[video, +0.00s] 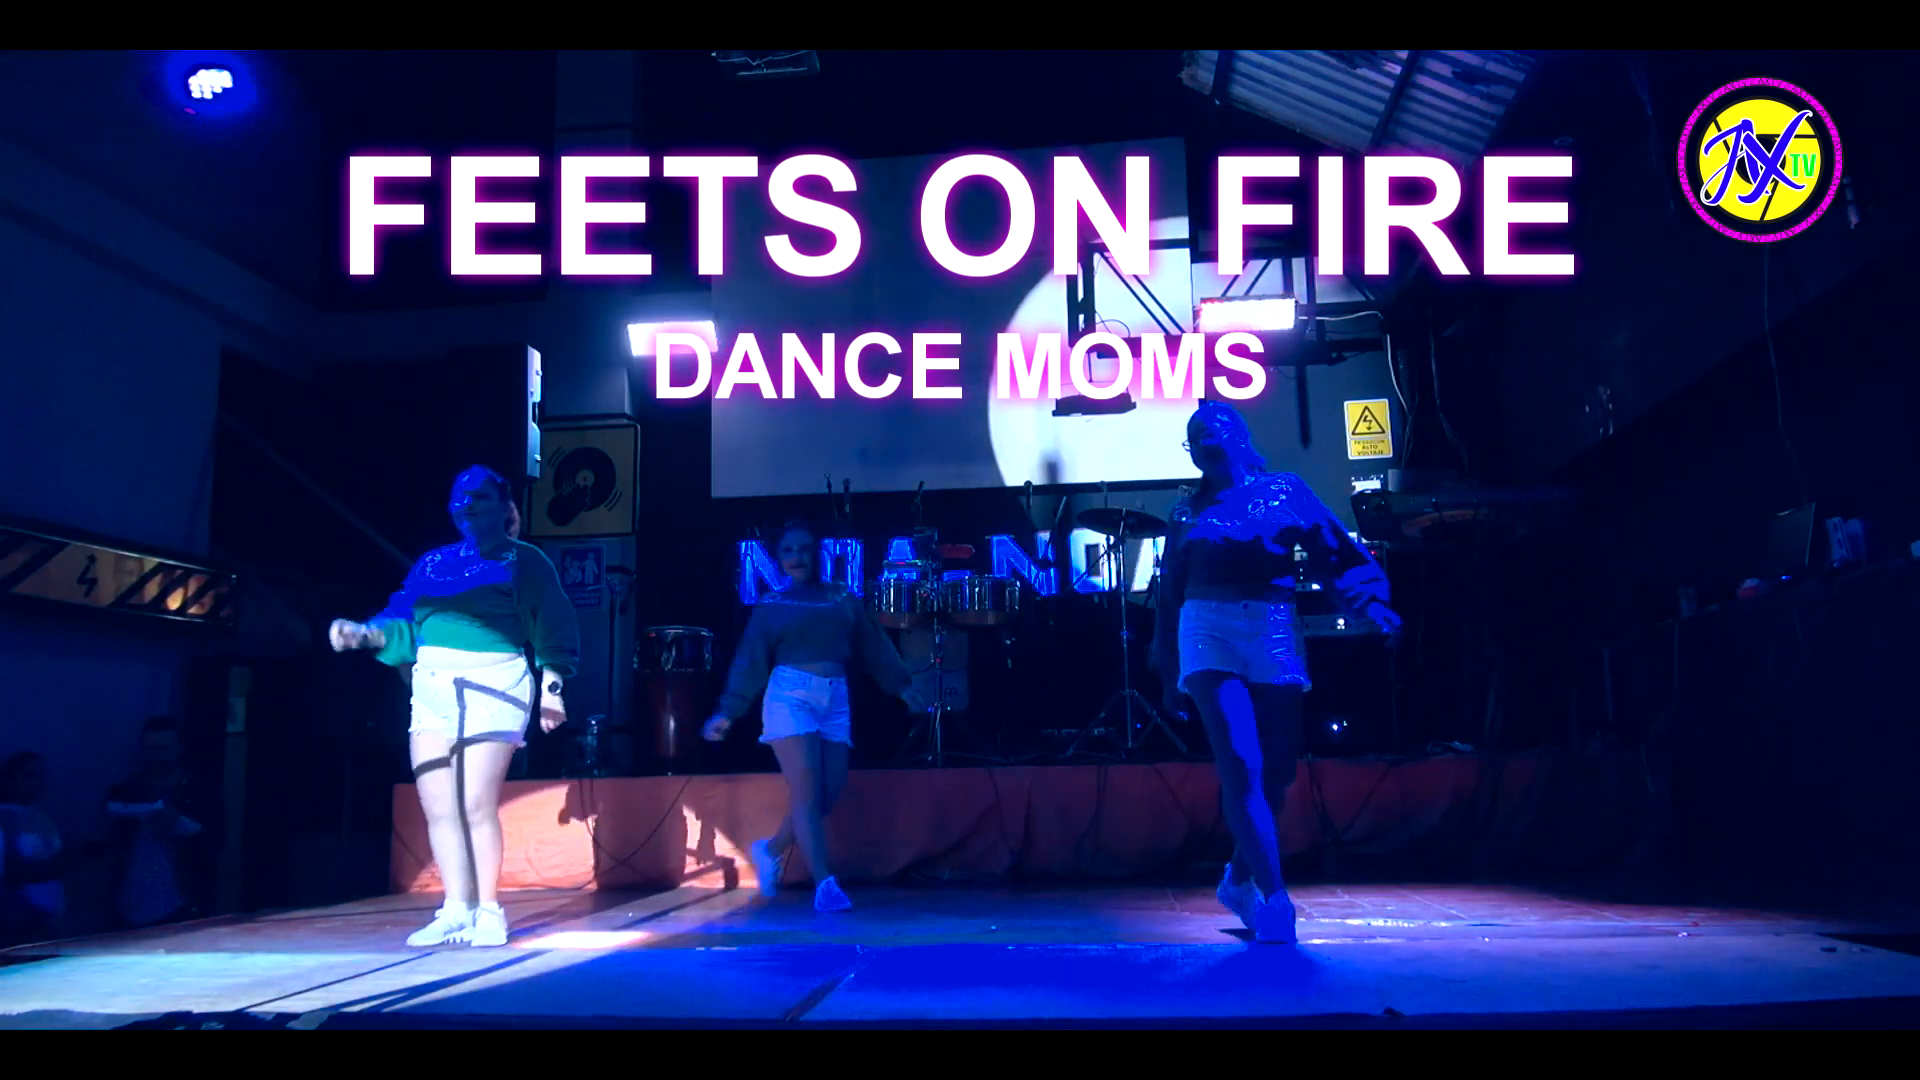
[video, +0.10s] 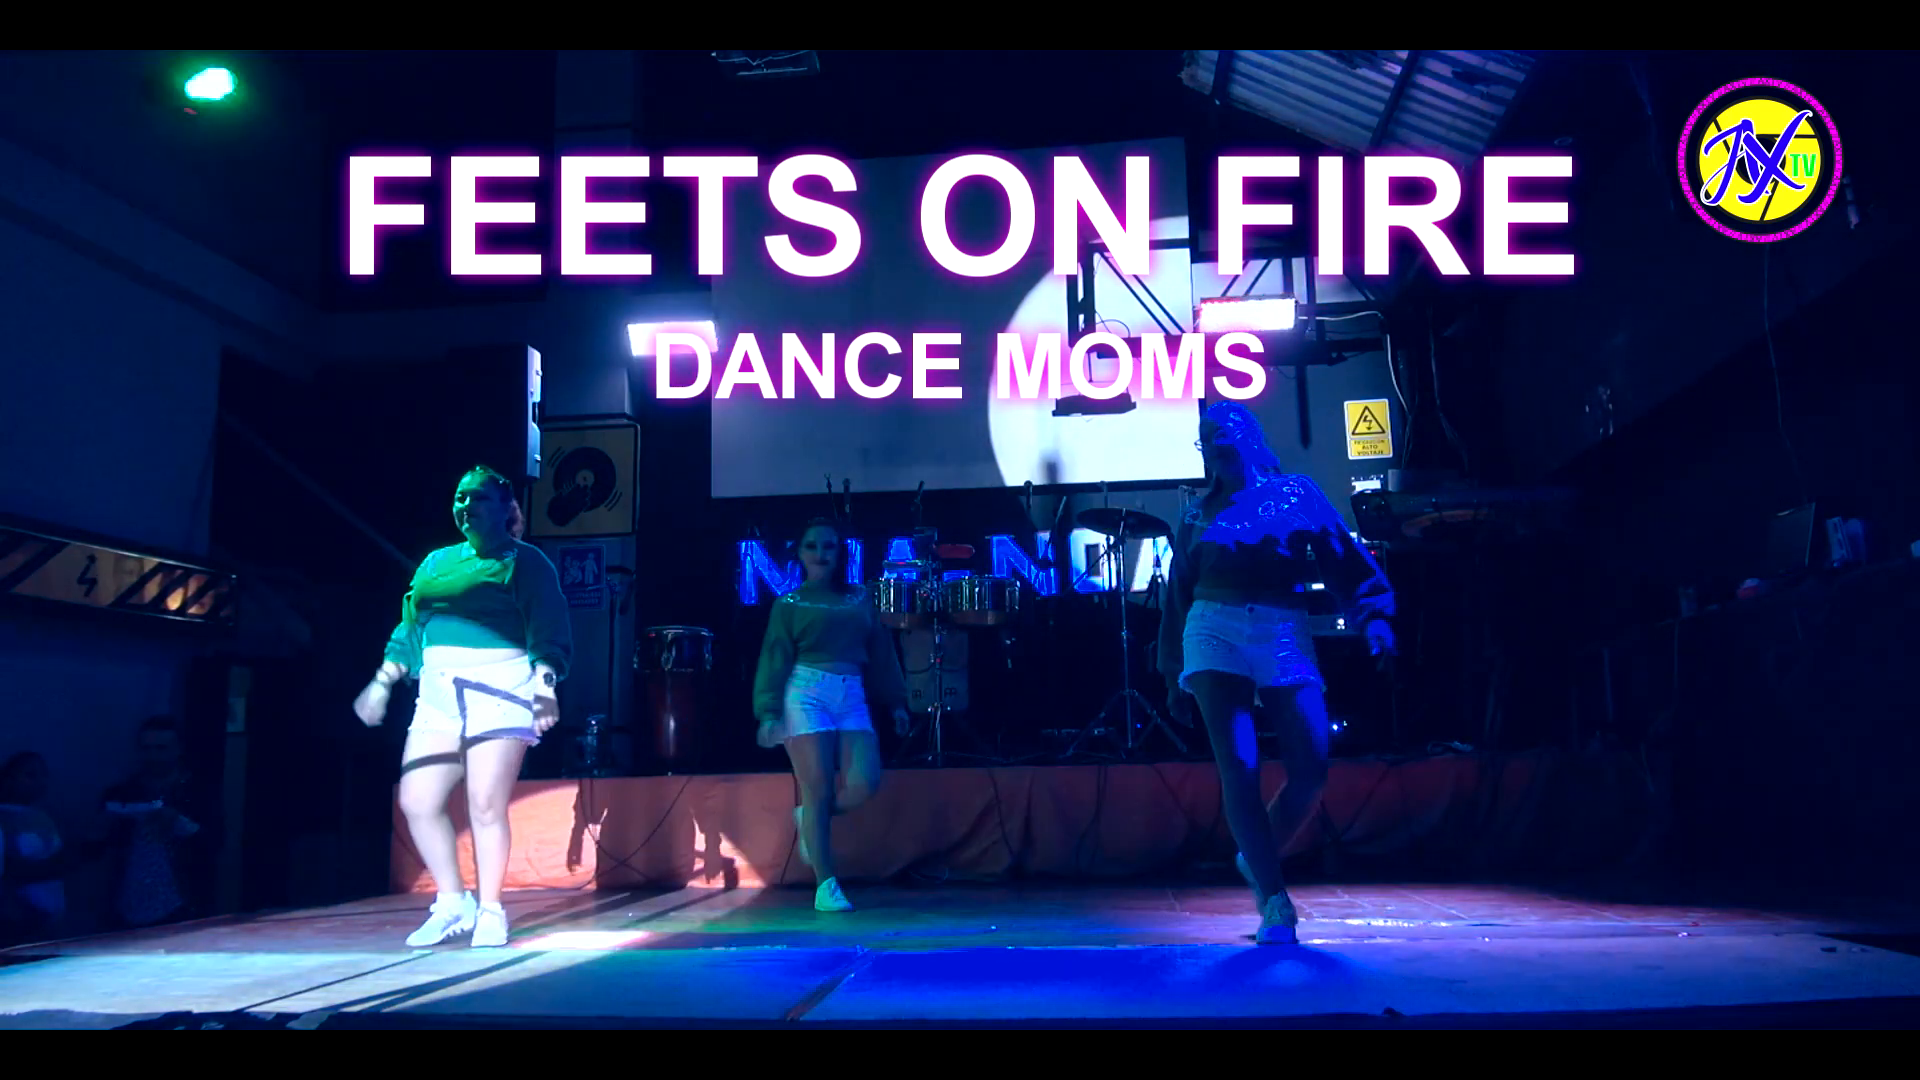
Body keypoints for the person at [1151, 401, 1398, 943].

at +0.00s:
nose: (1203, 438)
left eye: (1214, 427)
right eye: (1195, 433)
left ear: (1240, 436)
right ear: (1189, 449)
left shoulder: (1283, 489)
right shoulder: (1187, 511)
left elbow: (1341, 551)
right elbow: (1169, 593)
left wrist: (1370, 597)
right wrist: (1170, 666)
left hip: (1272, 631)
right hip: (1207, 629)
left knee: (1279, 770)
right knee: (1242, 764)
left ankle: (1238, 879)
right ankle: (1275, 902)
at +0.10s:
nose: (1211, 438)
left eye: (1222, 428)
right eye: (1205, 432)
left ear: (1248, 436)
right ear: (1202, 444)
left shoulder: (1296, 491)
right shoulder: (1197, 508)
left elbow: (1350, 557)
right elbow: (1176, 593)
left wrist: (1374, 616)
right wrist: (1176, 666)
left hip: (1284, 630)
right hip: (1215, 628)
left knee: (1311, 769)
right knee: (1240, 767)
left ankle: (1255, 855)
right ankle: (1273, 905)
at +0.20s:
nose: (1230, 439)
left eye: (1239, 428)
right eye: (1220, 432)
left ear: (1264, 433)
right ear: (1212, 444)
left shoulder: (1308, 488)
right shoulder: (1208, 509)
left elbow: (1351, 559)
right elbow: (1183, 590)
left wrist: (1373, 633)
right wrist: (1175, 665)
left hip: (1295, 631)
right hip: (1223, 630)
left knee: (1328, 755)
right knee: (1242, 764)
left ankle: (1297, 861)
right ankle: (1274, 902)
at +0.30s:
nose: (1252, 433)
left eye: (1261, 424)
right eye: (1243, 427)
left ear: (1282, 428)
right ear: (1228, 436)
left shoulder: (1319, 478)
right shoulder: (1214, 495)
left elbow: (1355, 549)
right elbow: (1189, 577)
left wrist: (1368, 616)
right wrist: (1175, 638)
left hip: (1309, 622)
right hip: (1233, 625)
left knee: (1334, 752)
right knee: (1253, 764)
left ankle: (1336, 891)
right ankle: (1277, 900)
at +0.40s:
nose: (1257, 424)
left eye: (1267, 415)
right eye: (1249, 417)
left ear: (1288, 420)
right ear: (1235, 426)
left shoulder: (1326, 475)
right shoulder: (1222, 487)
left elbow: (1362, 544)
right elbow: (1196, 565)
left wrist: (1371, 606)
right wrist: (1189, 625)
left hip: (1322, 613)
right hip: (1246, 615)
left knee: (1340, 755)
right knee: (1259, 762)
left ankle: (1353, 898)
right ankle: (1278, 901)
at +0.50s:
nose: (1272, 424)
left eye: (1281, 415)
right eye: (1262, 418)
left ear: (1301, 423)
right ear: (1248, 430)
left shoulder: (1336, 477)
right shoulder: (1232, 490)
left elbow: (1372, 555)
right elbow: (1205, 570)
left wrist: (1384, 623)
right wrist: (1196, 620)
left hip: (1338, 617)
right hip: (1262, 623)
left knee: (1353, 760)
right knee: (1268, 765)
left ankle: (1356, 899)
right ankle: (1280, 900)